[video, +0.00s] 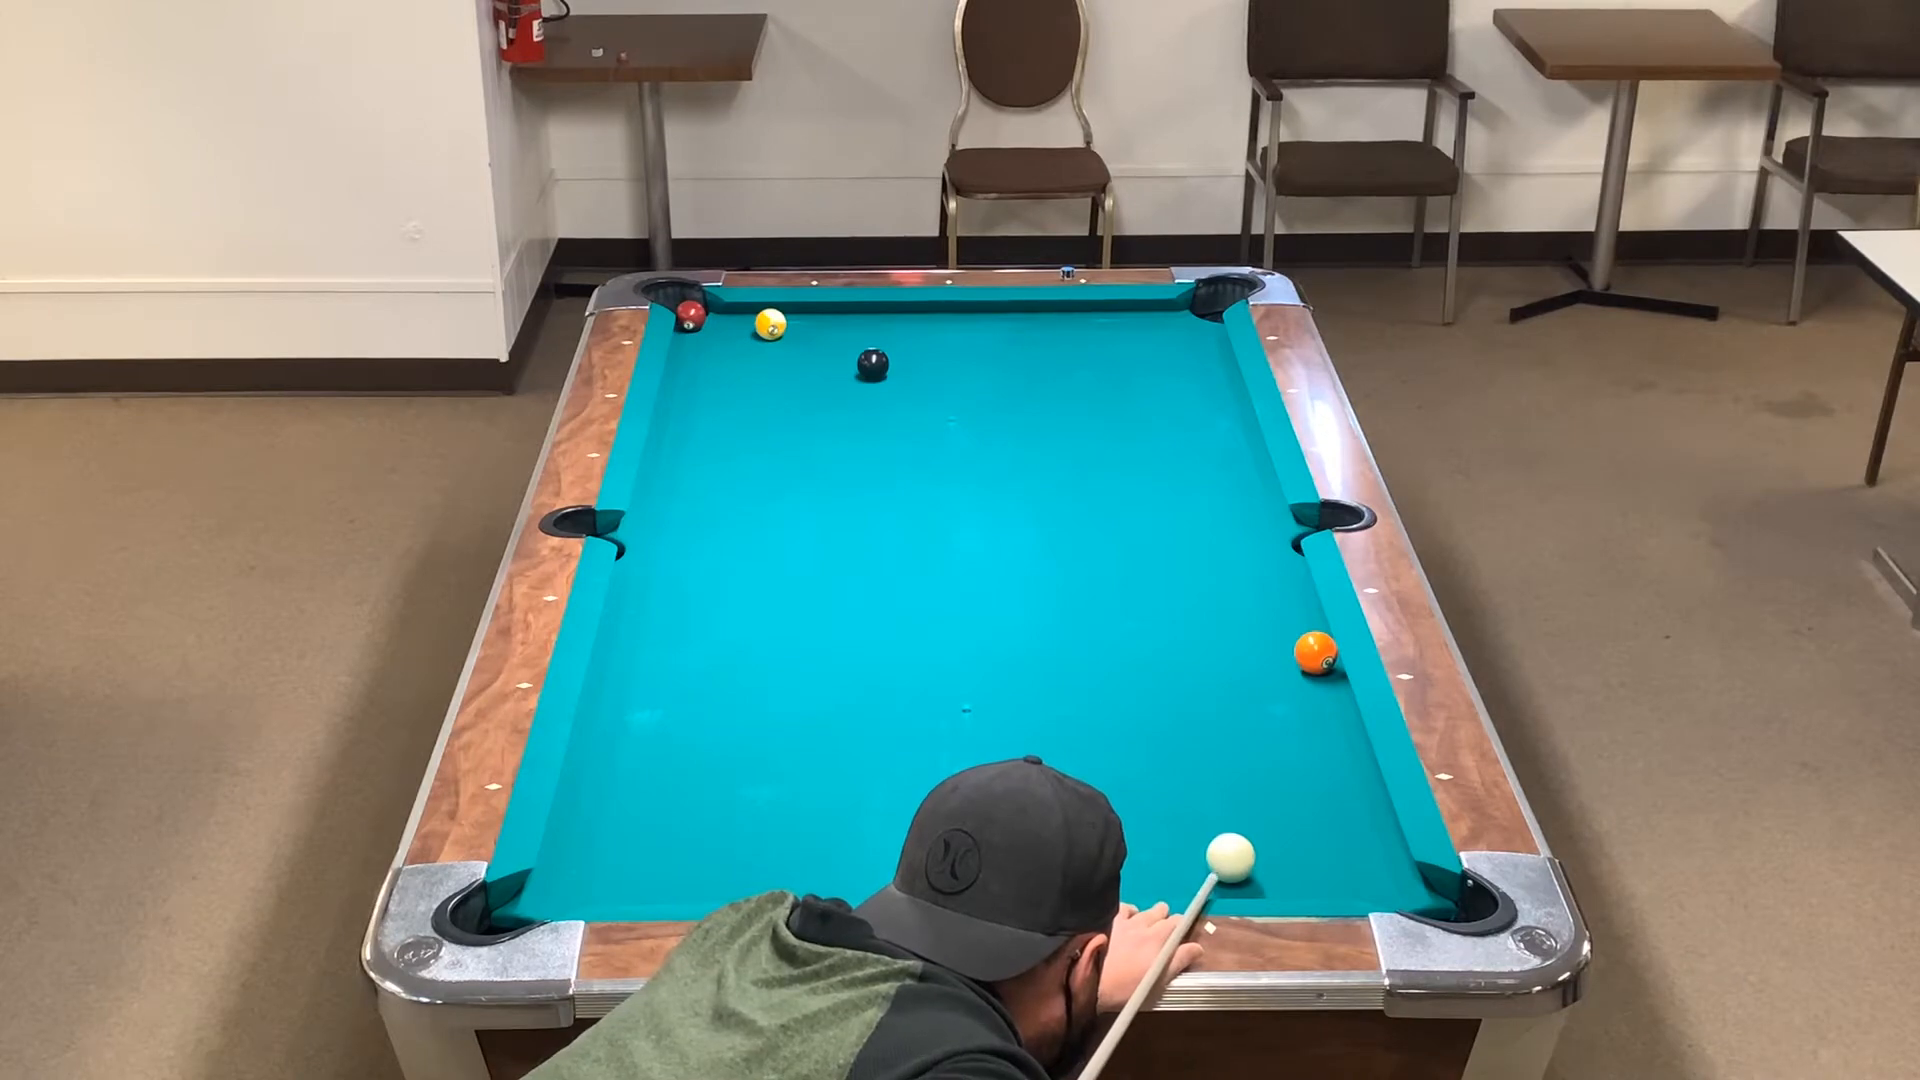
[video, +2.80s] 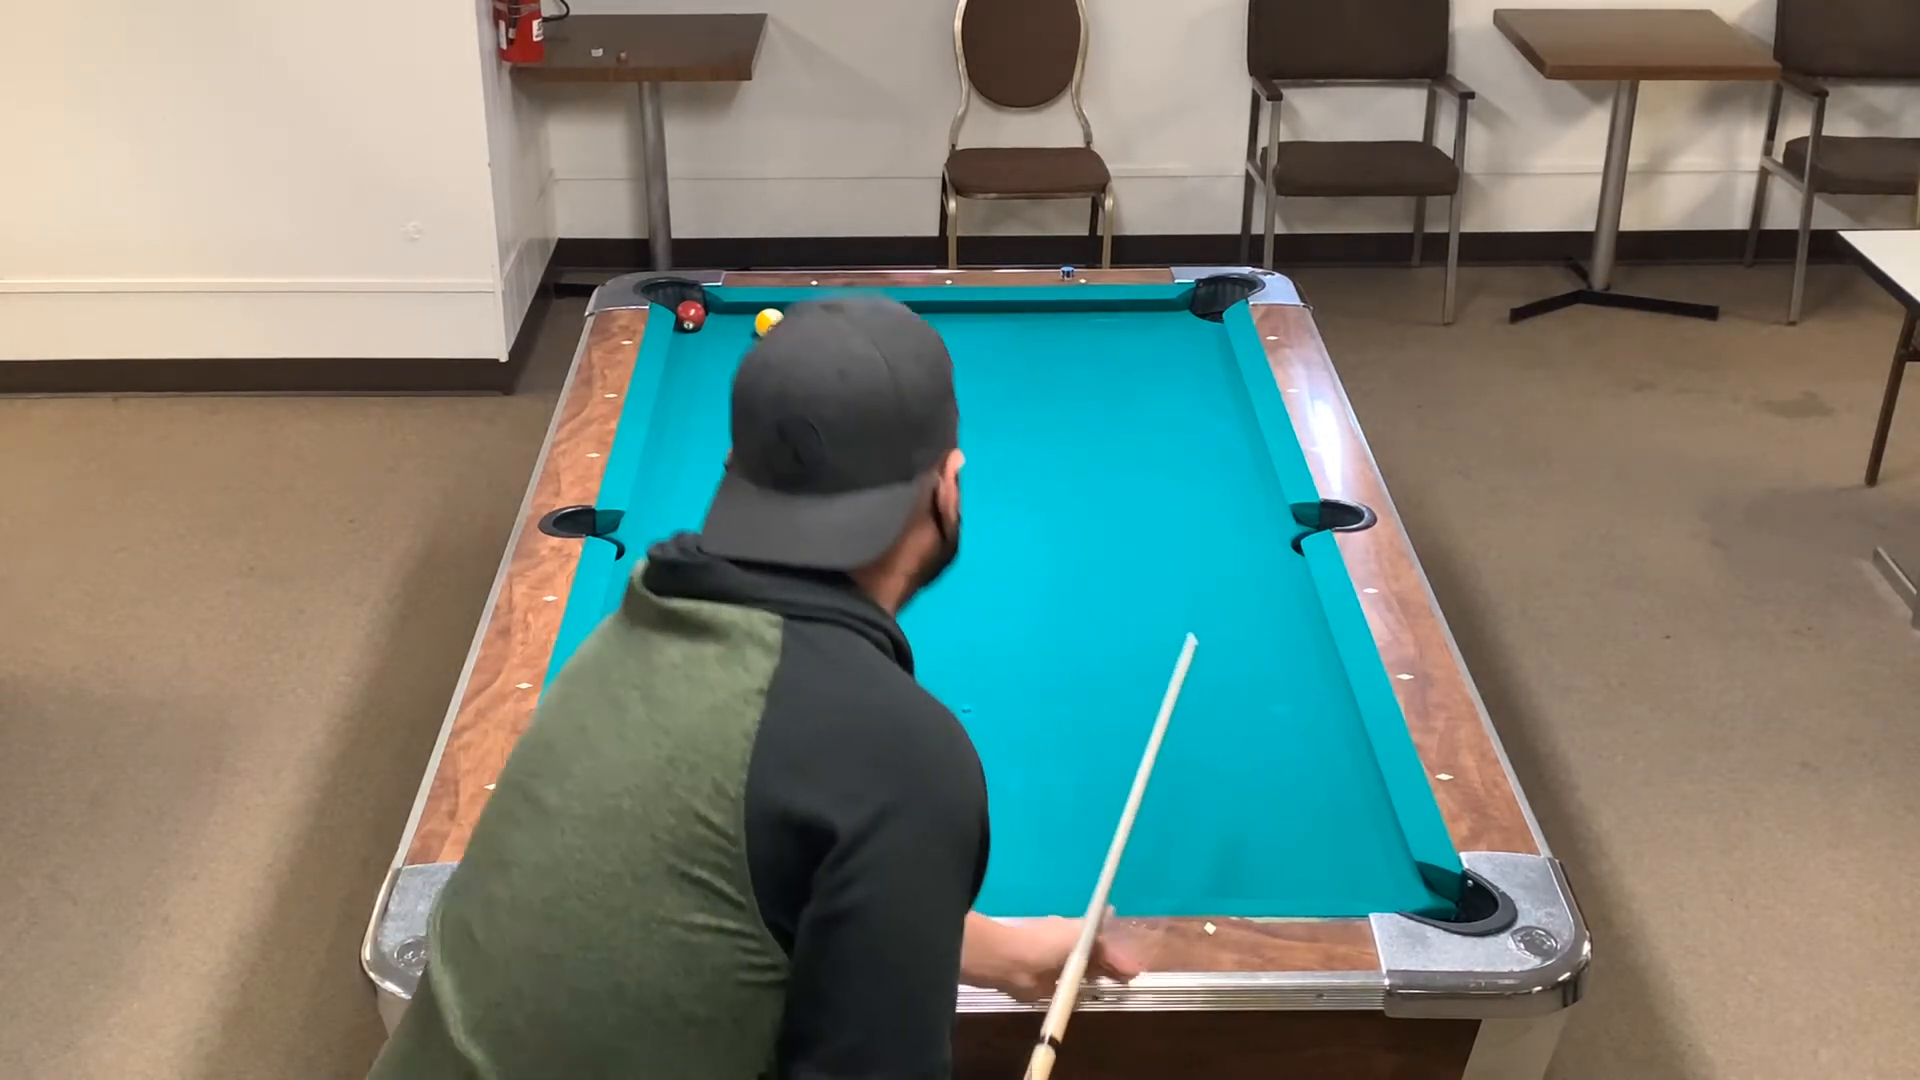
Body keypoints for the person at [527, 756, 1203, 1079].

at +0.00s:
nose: (1106, 949)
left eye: (1105, 936)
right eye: (1106, 938)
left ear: (908, 877)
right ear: (1081, 966)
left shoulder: (749, 921)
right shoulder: (966, 1064)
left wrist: (1073, 999)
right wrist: (1091, 1019)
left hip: (556, 1067)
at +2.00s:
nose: (1074, 929)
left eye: (1080, 913)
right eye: (1078, 913)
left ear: (890, 829)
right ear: (1059, 924)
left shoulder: (752, 897)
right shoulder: (950, 1042)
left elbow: (854, 1036)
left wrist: (1063, 1004)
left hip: (546, 1056)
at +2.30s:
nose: (1065, 819)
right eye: (1065, 802)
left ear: (862, 747)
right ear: (1048, 822)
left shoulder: (753, 825)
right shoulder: (967, 1009)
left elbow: (861, 966)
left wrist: (1070, 987)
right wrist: (1083, 988)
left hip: (471, 1053)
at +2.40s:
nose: (1056, 751)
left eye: (1053, 729)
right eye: (1057, 733)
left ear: (854, 688)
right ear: (1040, 759)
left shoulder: (750, 793)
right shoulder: (967, 971)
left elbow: (821, 947)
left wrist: (1057, 972)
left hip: (465, 1044)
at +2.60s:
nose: (1019, 613)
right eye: (1023, 592)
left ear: (806, 578)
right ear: (1003, 620)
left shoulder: (709, 709)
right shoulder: (942, 862)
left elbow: (800, 892)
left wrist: (1040, 955)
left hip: (430, 1048)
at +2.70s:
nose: (991, 552)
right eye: (991, 531)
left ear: (779, 519)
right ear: (974, 557)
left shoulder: (675, 670)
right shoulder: (926, 807)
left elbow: (773, 886)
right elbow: (885, 1068)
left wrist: (1026, 954)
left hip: (417, 1053)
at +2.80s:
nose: (962, 483)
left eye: (953, 458)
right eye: (959, 463)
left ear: (752, 461)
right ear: (942, 491)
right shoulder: (900, 755)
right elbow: (870, 1061)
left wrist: (1016, 952)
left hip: (425, 1047)